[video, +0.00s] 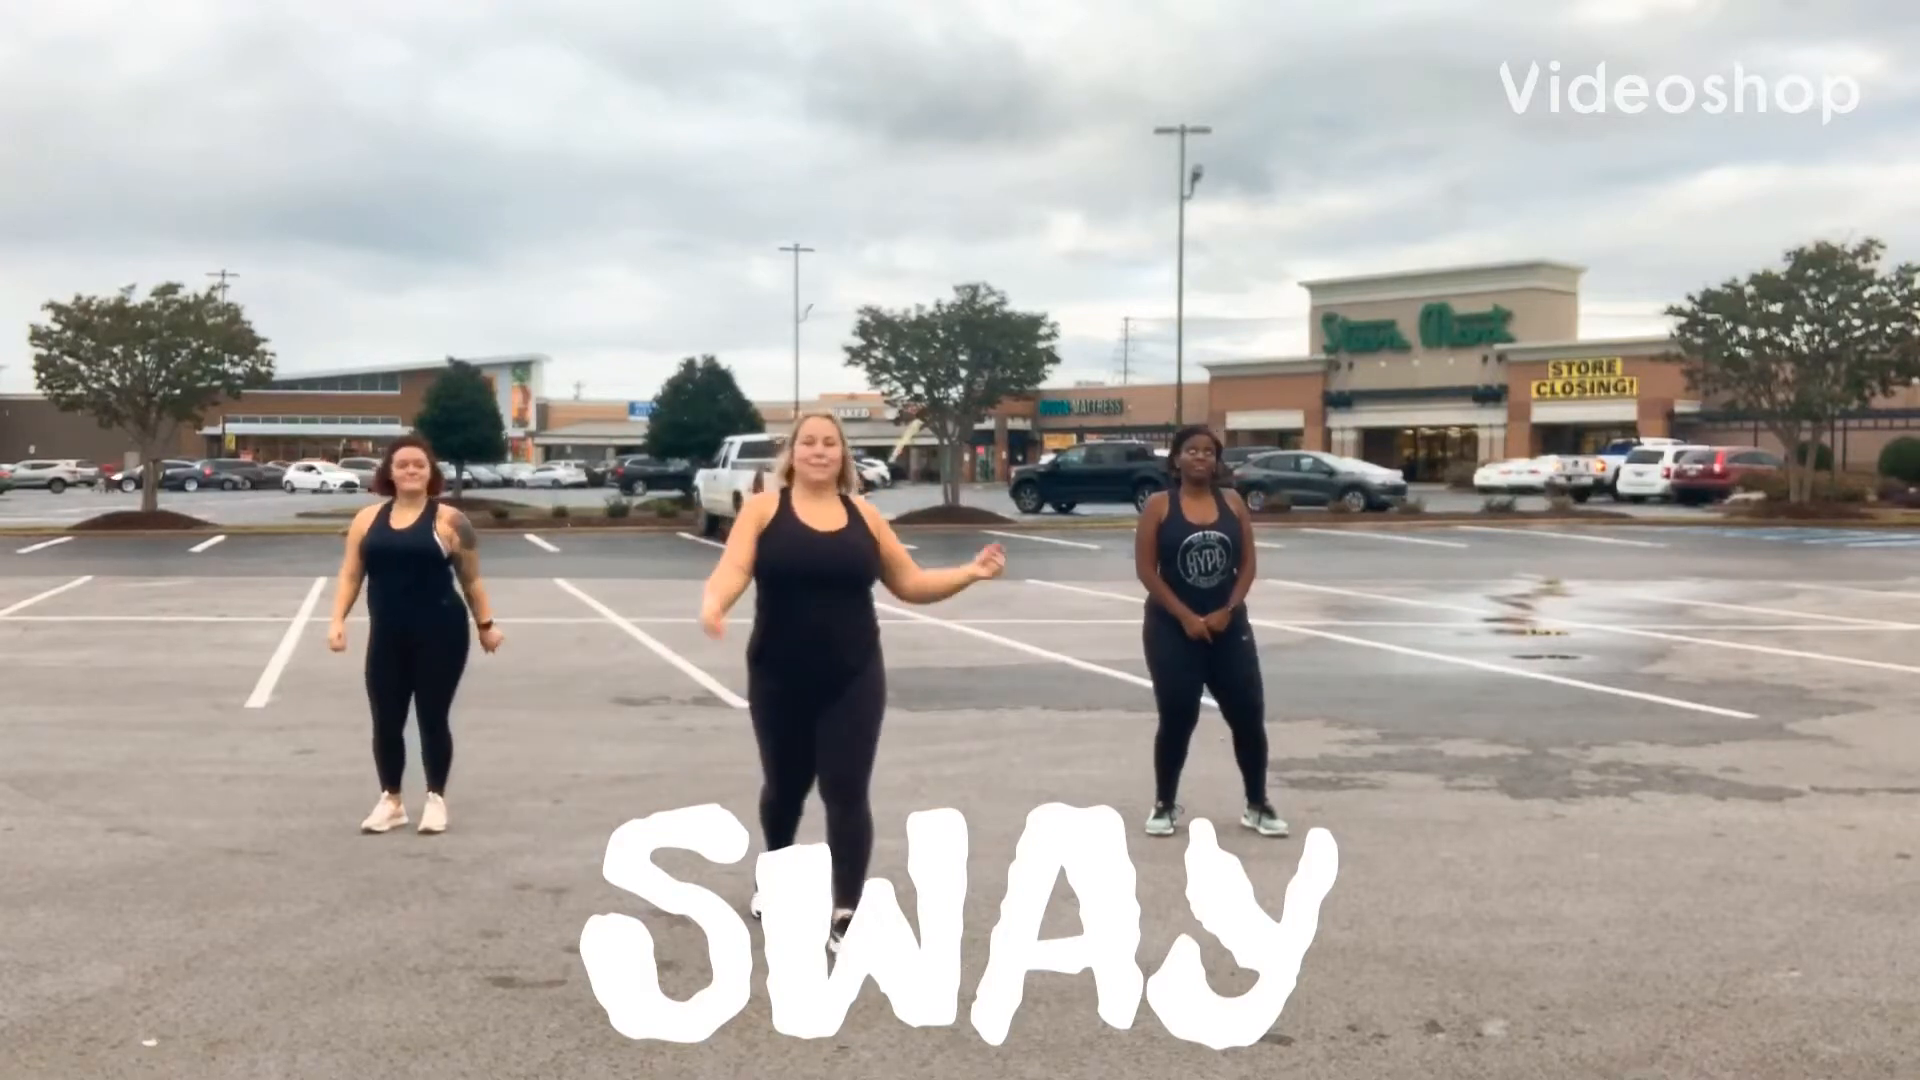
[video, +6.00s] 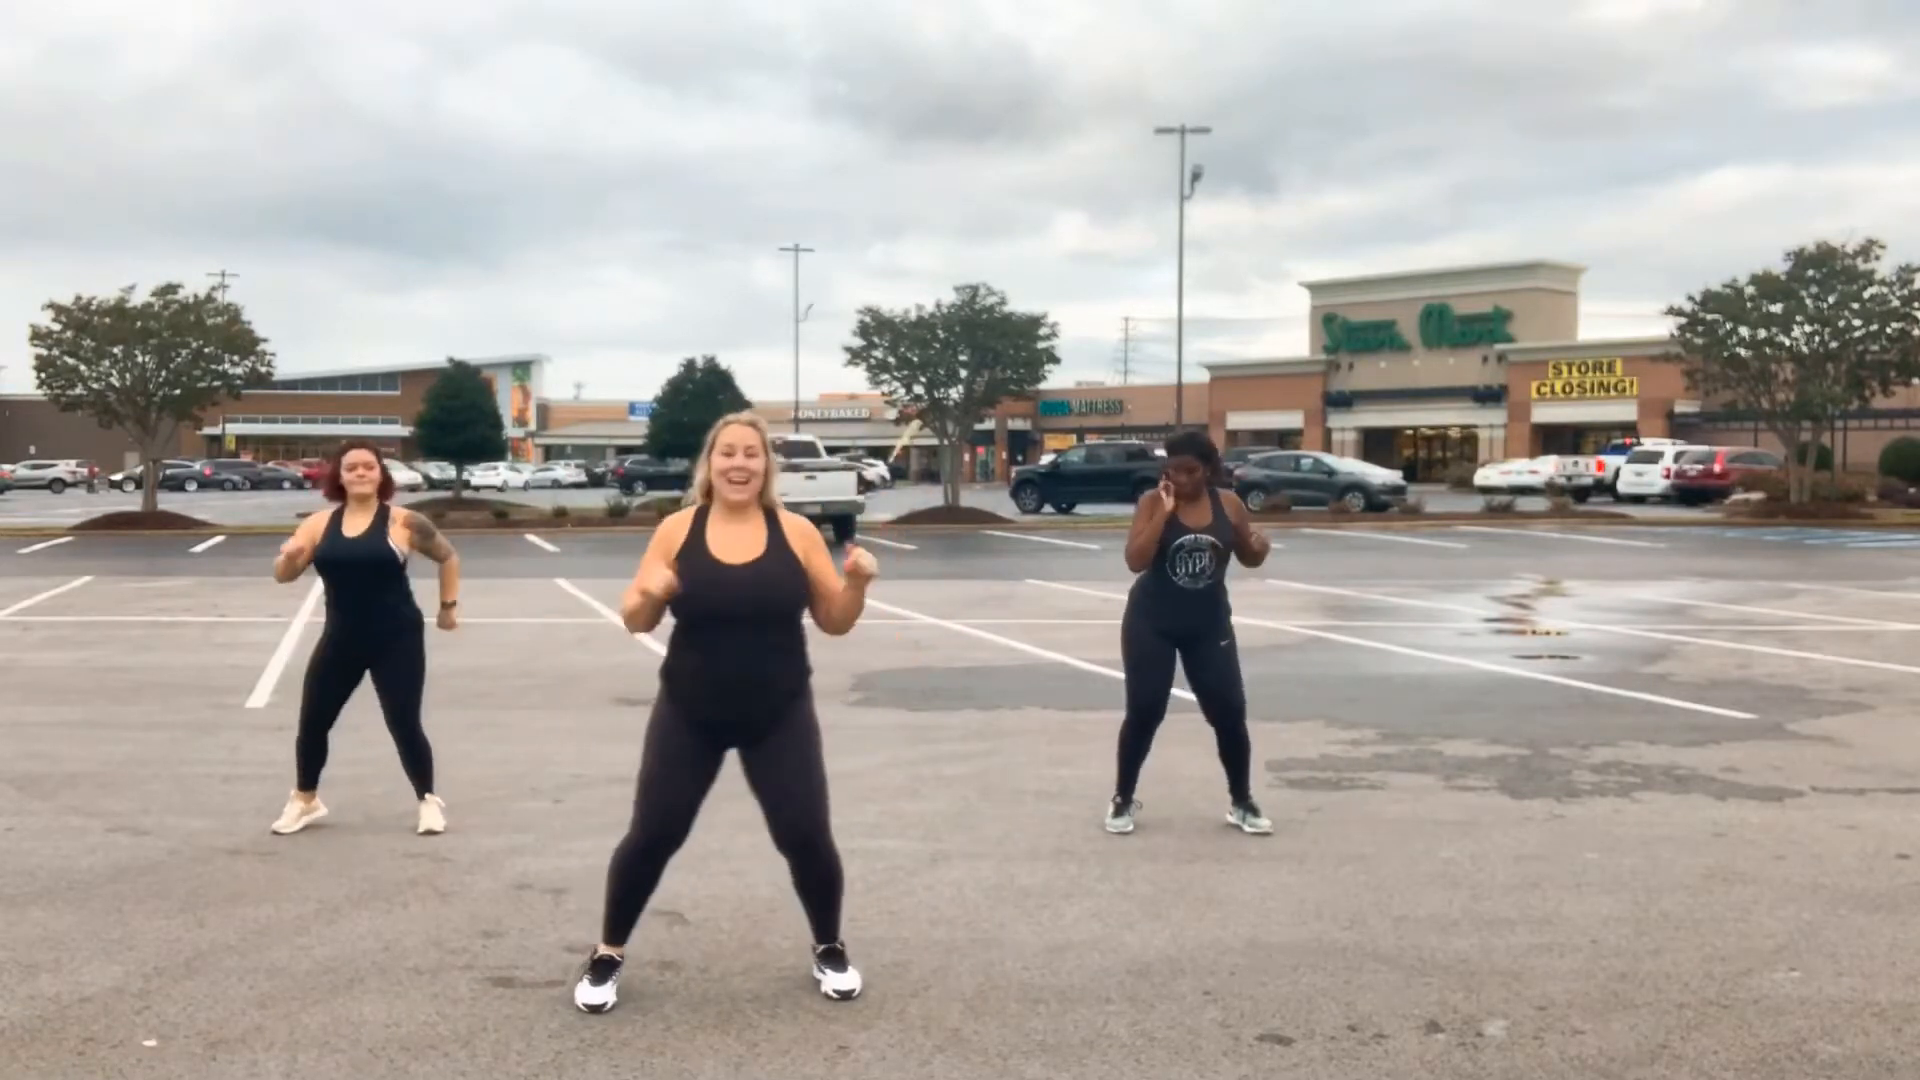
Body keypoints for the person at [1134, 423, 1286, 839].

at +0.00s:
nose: (1200, 457)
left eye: (1208, 452)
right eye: (1192, 451)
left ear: (1217, 461)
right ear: (1177, 458)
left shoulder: (1232, 503)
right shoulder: (1159, 506)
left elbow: (1248, 565)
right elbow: (1146, 571)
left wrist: (1228, 609)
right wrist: (1186, 616)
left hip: (1227, 623)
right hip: (1172, 626)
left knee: (1249, 715)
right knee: (1177, 718)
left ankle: (1257, 805)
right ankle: (1164, 805)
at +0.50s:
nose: (1209, 456)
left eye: (1216, 451)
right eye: (1201, 449)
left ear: (1226, 460)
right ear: (1185, 457)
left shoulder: (1240, 502)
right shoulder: (1164, 505)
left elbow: (1258, 562)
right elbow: (1151, 570)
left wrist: (1273, 615)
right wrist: (1158, 626)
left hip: (1234, 625)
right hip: (1179, 627)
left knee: (1247, 717)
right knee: (1177, 717)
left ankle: (1257, 805)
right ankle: (1164, 805)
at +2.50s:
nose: (1238, 451)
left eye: (1244, 444)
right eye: (1229, 447)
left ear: (1255, 453)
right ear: (1216, 459)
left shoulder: (1276, 496)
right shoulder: (1199, 503)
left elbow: (1303, 555)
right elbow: (1183, 561)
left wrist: (1273, 571)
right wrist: (1188, 588)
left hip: (1265, 623)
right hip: (1211, 623)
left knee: (1258, 715)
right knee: (1217, 713)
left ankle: (1258, 807)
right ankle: (1217, 803)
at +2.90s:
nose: (1238, 454)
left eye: (1244, 448)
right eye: (1229, 449)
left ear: (1256, 457)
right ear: (1215, 460)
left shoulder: (1274, 502)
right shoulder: (1197, 506)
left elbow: (1309, 555)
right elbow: (1176, 566)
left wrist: (1278, 575)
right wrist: (1205, 565)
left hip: (1268, 625)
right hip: (1214, 626)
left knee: (1274, 709)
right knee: (1214, 716)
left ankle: (1314, 792)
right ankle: (1218, 804)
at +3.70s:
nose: (1237, 461)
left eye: (1244, 454)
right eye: (1229, 454)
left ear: (1254, 458)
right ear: (1213, 458)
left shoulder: (1261, 495)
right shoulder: (1193, 496)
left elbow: (1276, 562)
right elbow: (1176, 550)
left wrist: (1276, 538)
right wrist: (1212, 503)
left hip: (1254, 620)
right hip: (1199, 621)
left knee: (1266, 711)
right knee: (1205, 714)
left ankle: (1255, 794)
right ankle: (1195, 803)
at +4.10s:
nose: (1219, 475)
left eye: (1227, 466)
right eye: (1211, 467)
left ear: (1241, 468)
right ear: (1198, 469)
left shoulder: (1257, 501)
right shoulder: (1185, 500)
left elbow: (1281, 563)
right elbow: (1175, 558)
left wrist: (1265, 542)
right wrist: (1203, 510)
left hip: (1238, 621)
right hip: (1183, 618)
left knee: (1251, 710)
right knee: (1179, 698)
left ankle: (1241, 806)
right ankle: (1140, 788)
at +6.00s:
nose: (1178, 480)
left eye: (1186, 473)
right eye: (1172, 472)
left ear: (1206, 470)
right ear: (1165, 472)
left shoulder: (1227, 503)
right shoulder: (1152, 502)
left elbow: (1249, 558)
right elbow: (1135, 560)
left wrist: (1257, 546)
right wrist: (1161, 515)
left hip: (1207, 623)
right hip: (1151, 622)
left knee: (1230, 714)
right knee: (1145, 712)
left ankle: (1242, 802)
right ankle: (1122, 799)